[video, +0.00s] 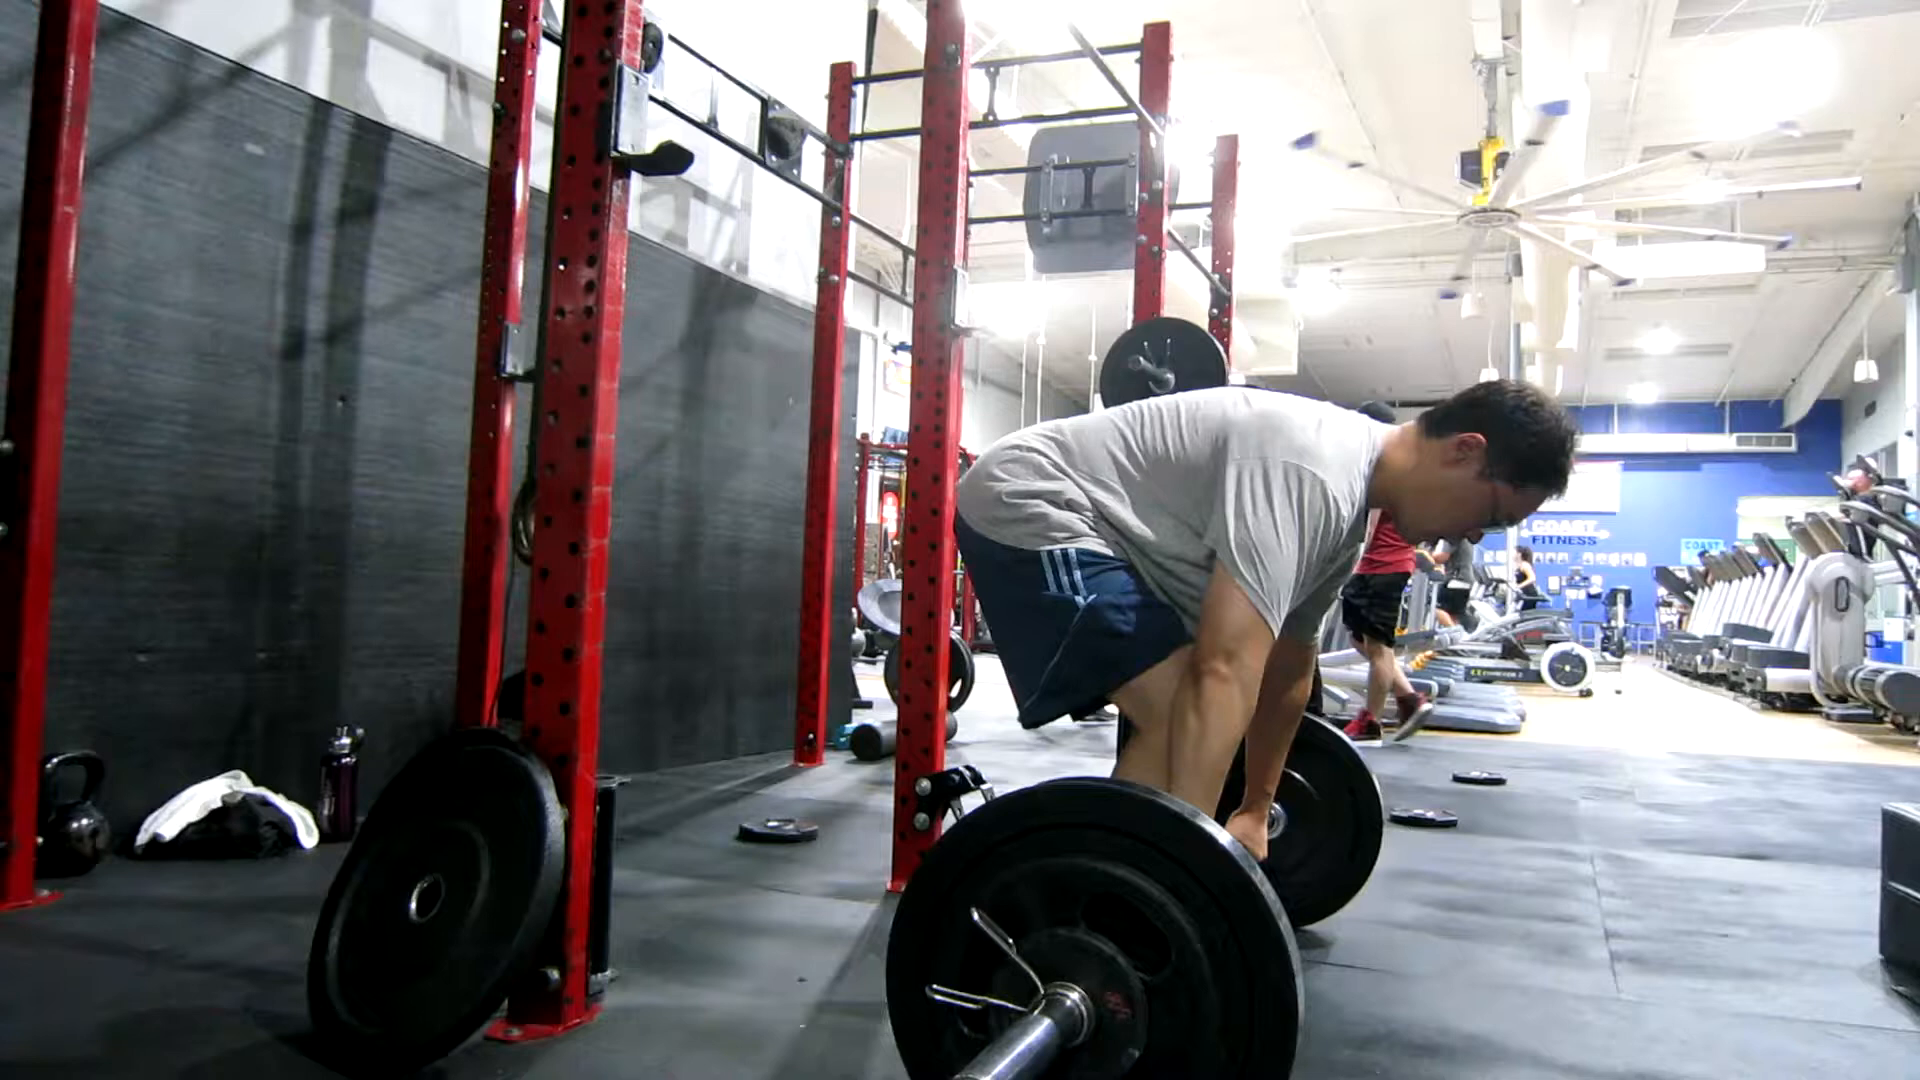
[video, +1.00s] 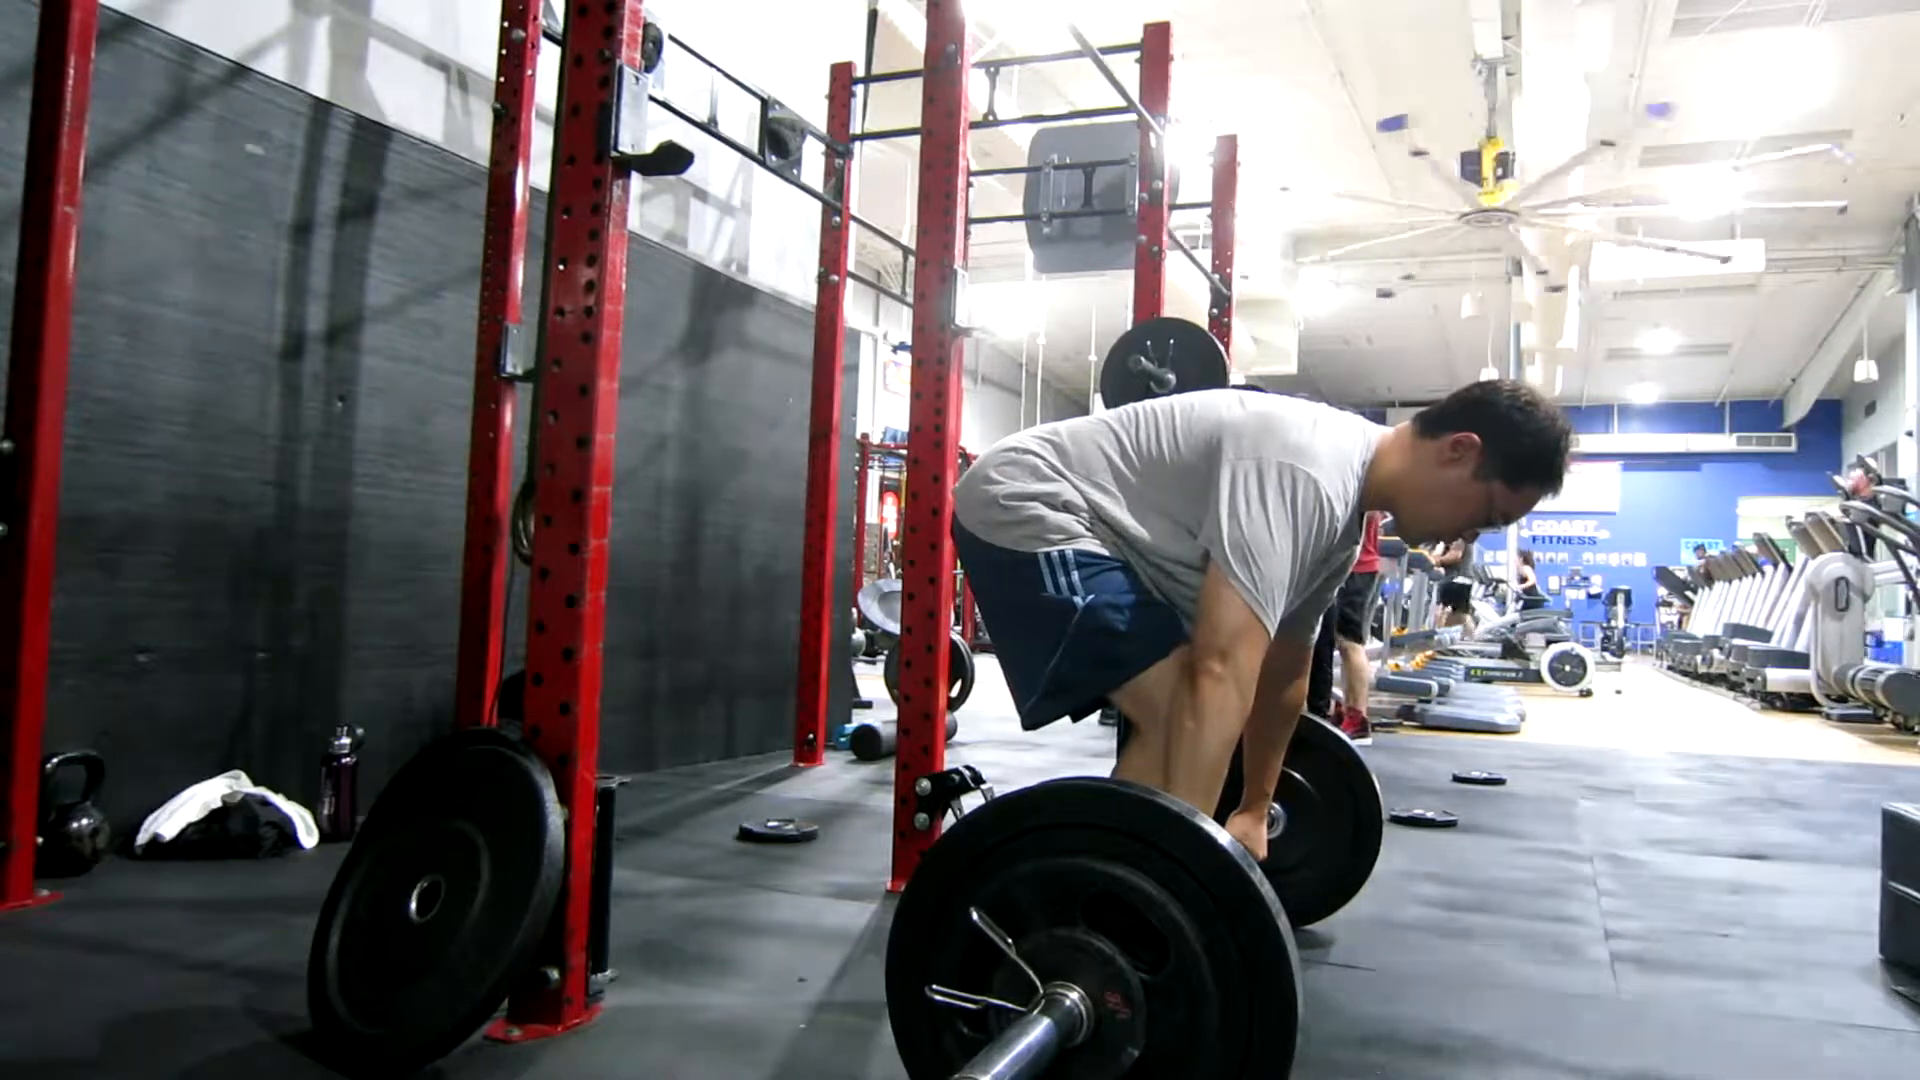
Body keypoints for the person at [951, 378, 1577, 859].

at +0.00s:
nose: (1471, 540)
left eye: (1490, 530)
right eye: (1488, 518)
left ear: (1465, 454)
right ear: (1465, 455)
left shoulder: (1346, 512)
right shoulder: (1311, 467)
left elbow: (1288, 674)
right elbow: (1221, 668)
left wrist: (1255, 807)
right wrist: (1178, 862)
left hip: (1086, 522)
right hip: (1033, 499)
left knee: (1167, 716)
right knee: (1188, 693)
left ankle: (1107, 900)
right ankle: (1153, 895)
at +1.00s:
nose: (1465, 544)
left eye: (1486, 531)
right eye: (1484, 519)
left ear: (1459, 454)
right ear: (1459, 454)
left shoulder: (1340, 515)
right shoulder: (1305, 469)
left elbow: (1284, 680)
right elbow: (1218, 668)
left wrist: (1253, 808)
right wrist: (1170, 865)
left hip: (1086, 527)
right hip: (1031, 503)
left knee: (1178, 717)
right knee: (1185, 699)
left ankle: (1099, 902)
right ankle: (1140, 897)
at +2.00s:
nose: (1480, 521)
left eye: (1498, 508)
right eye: (1494, 497)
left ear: (1459, 438)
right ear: (1460, 437)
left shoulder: (1368, 510)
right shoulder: (1321, 465)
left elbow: (1303, 677)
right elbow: (1241, 669)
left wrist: (1258, 811)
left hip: (1086, 518)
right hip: (1029, 497)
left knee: (1187, 706)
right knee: (1182, 699)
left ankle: (1106, 906)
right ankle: (1136, 904)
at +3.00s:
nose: (1472, 371)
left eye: (1489, 358)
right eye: (1486, 346)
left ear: (1450, 286)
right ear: (1452, 284)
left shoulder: (1345, 358)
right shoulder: (1306, 300)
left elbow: (1231, 445)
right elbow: (1156, 380)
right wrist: (1211, 545)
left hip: (1105, 489)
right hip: (1037, 475)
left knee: (1196, 694)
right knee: (1137, 706)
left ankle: (1158, 925)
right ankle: (1101, 974)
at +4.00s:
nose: (1486, 527)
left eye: (1505, 516)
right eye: (1501, 504)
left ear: (1472, 439)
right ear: (1472, 440)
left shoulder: (1367, 499)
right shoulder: (1325, 463)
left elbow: (1295, 671)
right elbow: (1234, 660)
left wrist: (1262, 812)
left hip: (1087, 515)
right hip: (1036, 498)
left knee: (1185, 704)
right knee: (1171, 699)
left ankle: (1129, 904)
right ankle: (1144, 895)